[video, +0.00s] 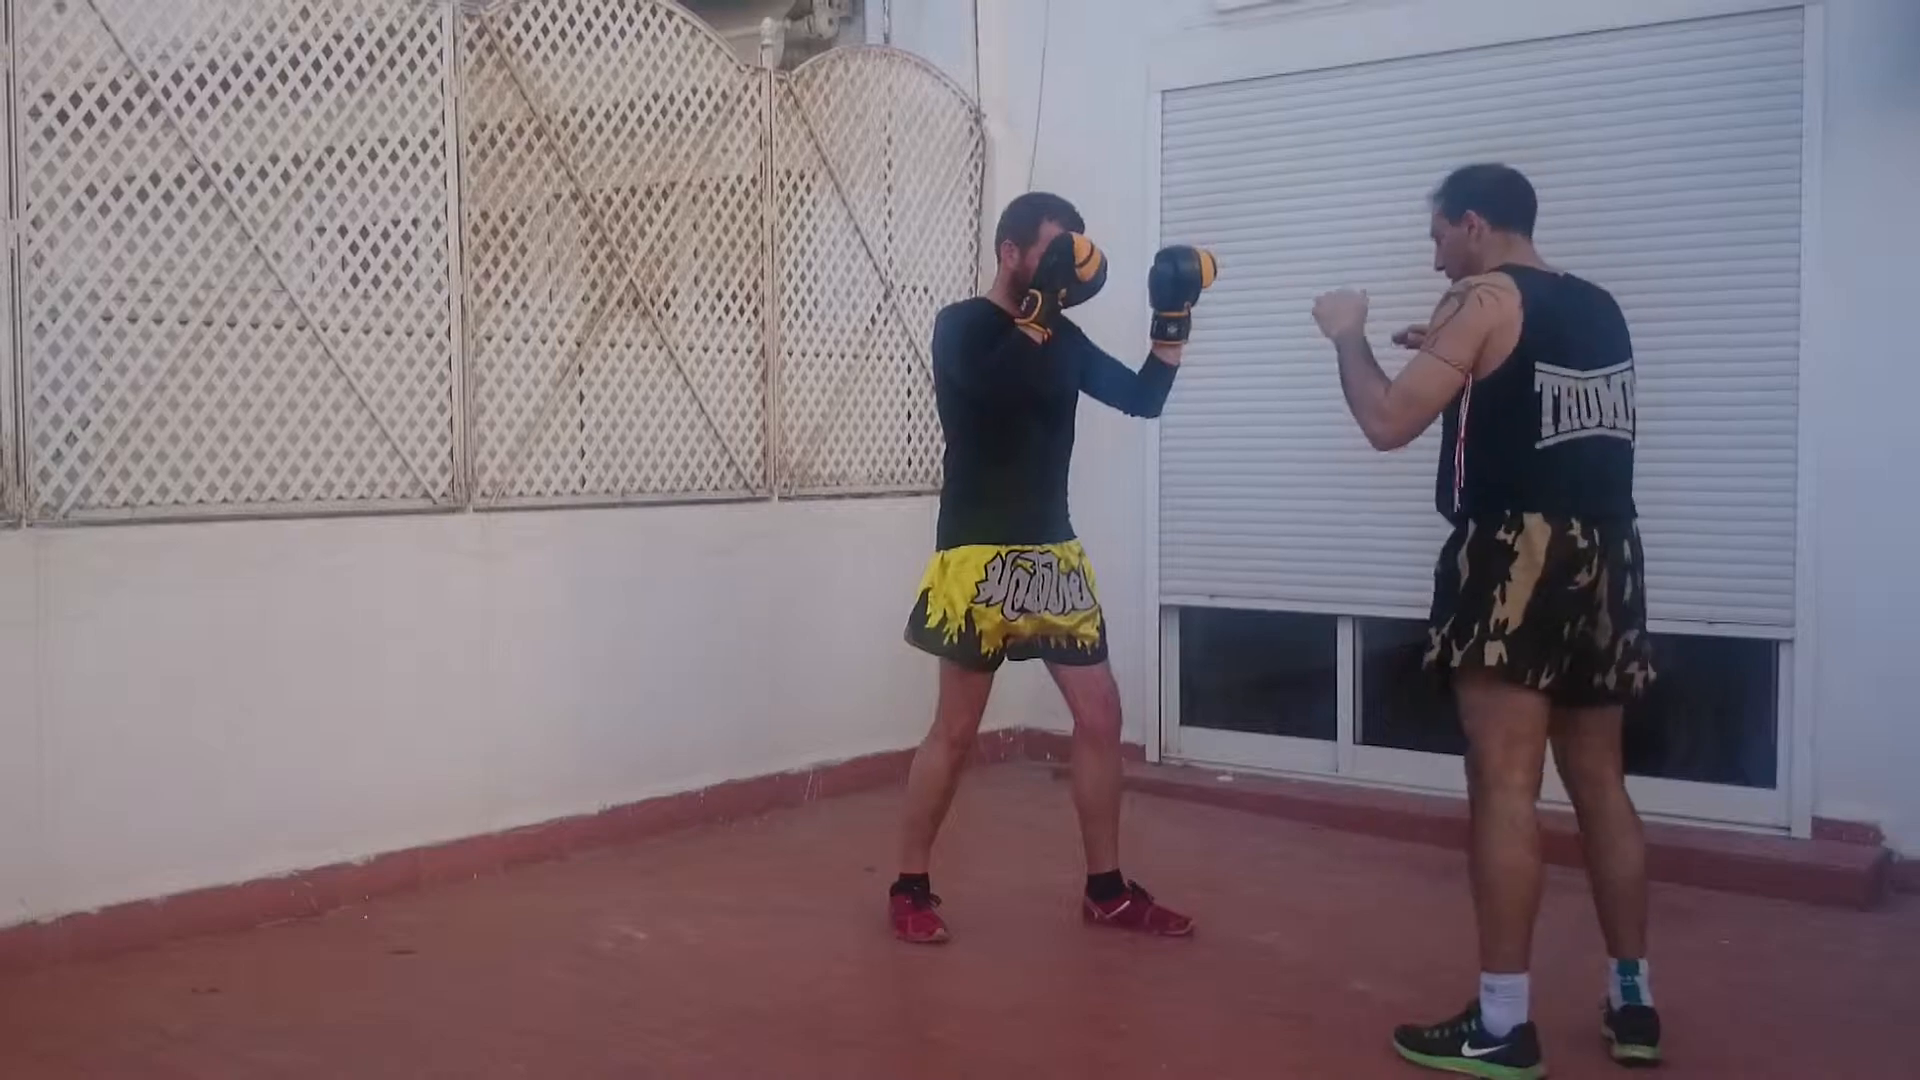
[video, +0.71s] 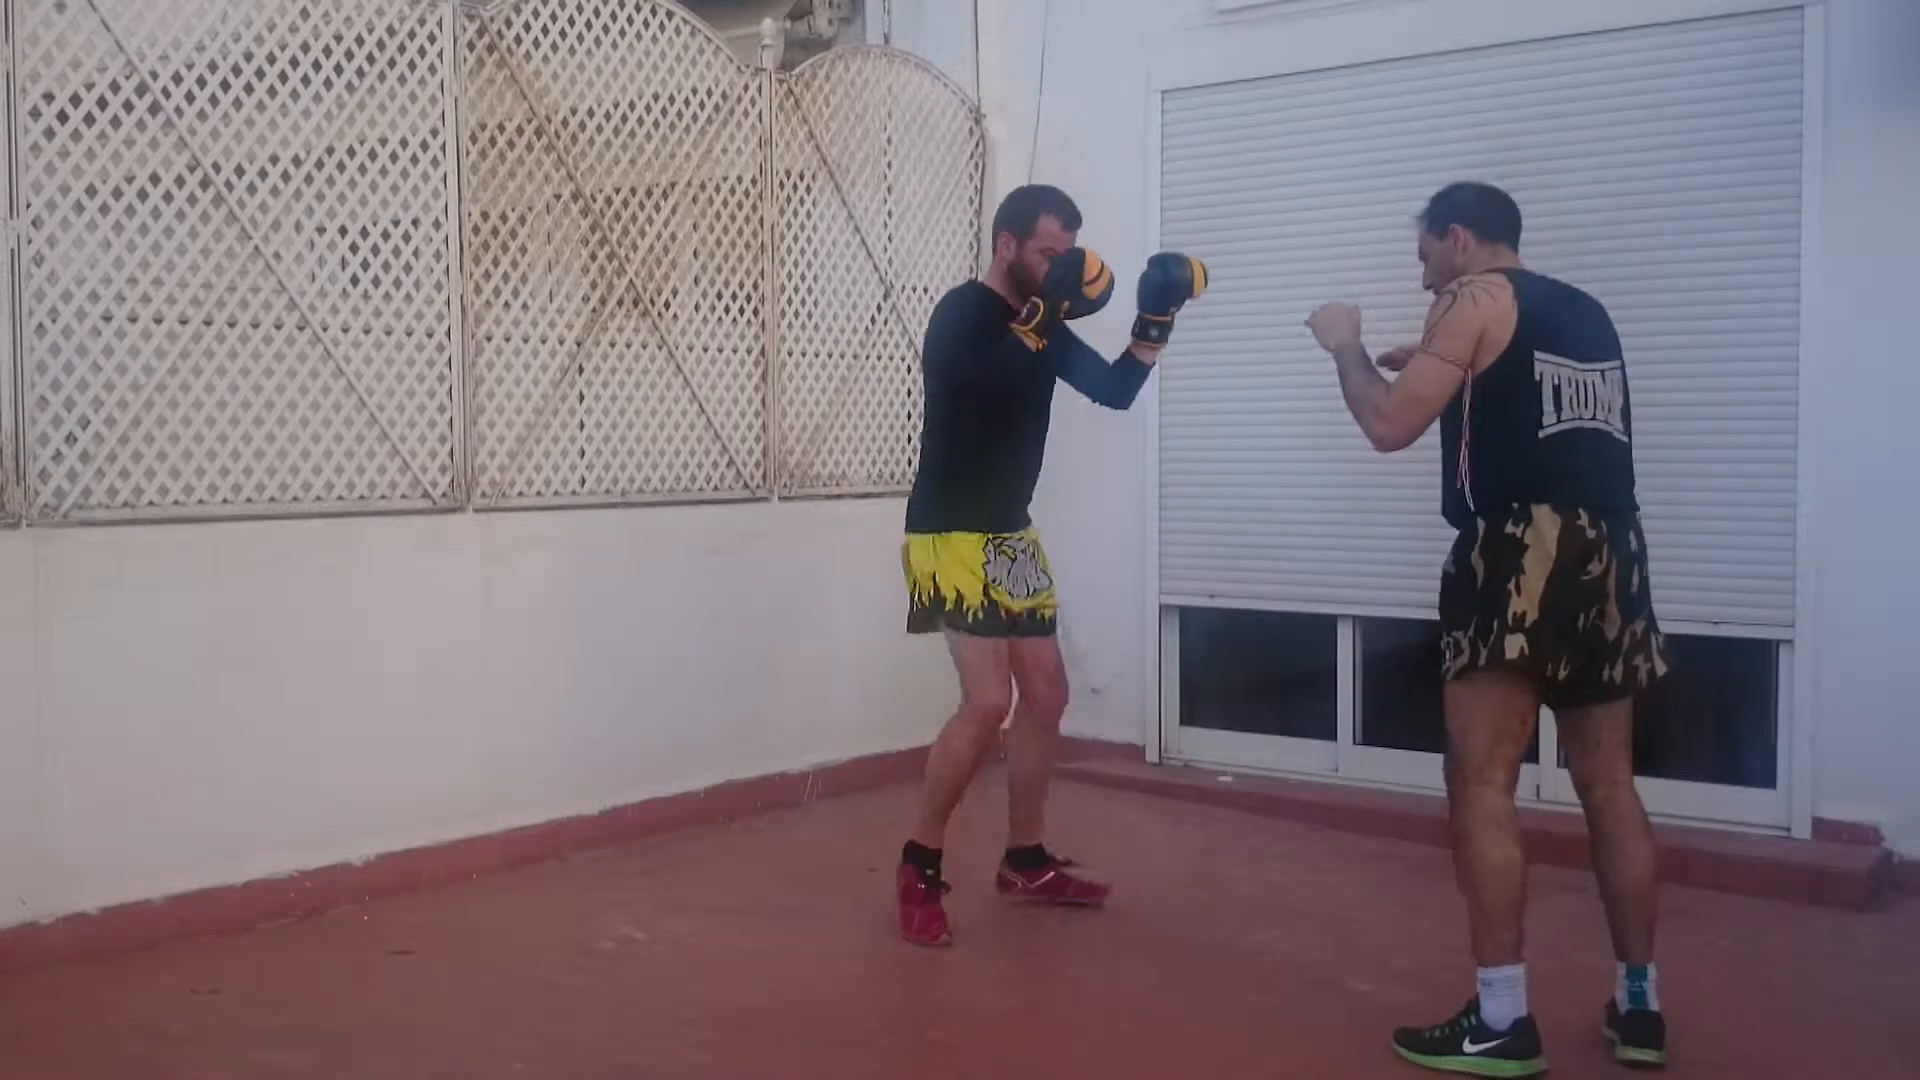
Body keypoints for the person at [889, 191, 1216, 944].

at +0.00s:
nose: (1062, 267)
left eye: (1068, 256)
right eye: (1053, 251)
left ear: (1060, 265)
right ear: (1008, 251)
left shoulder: (1063, 336)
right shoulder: (960, 323)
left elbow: (1144, 397)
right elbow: (986, 388)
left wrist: (1172, 326)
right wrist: (1045, 310)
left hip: (1055, 547)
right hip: (977, 549)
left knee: (1099, 717)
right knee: (954, 732)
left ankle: (1106, 888)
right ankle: (910, 886)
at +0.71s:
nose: (1059, 267)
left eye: (1066, 256)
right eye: (1050, 253)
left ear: (1064, 257)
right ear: (1005, 244)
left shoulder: (1039, 324)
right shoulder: (962, 311)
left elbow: (1114, 389)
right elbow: (1000, 381)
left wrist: (1154, 322)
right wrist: (1054, 314)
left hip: (1010, 531)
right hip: (950, 532)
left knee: (1045, 696)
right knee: (985, 706)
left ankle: (1026, 861)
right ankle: (920, 863)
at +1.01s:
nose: (1028, 301)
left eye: (1033, 288)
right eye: (1015, 286)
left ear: (1030, 285)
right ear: (971, 279)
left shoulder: (1020, 354)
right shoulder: (929, 362)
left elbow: (1092, 392)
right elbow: (932, 475)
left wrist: (1161, 352)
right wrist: (993, 401)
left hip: (1012, 563)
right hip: (951, 570)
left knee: (1053, 717)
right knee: (1024, 731)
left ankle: (942, 812)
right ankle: (982, 908)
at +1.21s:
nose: (1014, 281)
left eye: (1020, 268)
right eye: (1003, 266)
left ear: (1016, 267)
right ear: (956, 259)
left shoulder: (1001, 337)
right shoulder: (914, 352)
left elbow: (1048, 397)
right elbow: (941, 453)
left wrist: (1127, 365)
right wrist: (1012, 363)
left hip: (1046, 544)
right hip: (973, 568)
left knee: (1155, 670)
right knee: (1015, 738)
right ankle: (979, 910)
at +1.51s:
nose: (1026, 282)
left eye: (1030, 269)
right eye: (1015, 269)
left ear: (1018, 268)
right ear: (966, 265)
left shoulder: (1014, 338)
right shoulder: (927, 352)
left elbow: (1075, 410)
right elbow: (949, 432)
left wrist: (1146, 347)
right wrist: (1003, 343)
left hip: (1079, 554)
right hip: (1004, 572)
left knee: (1154, 717)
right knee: (1031, 753)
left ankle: (1203, 890)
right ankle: (982, 911)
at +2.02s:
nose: (1053, 285)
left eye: (1057, 272)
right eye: (1039, 270)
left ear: (1045, 271)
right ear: (992, 266)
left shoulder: (1045, 360)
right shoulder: (962, 345)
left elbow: (1121, 446)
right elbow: (1082, 340)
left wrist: (1122, 354)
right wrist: (1086, 262)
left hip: (1102, 560)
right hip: (1030, 573)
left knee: (1201, 709)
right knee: (1057, 759)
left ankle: (1219, 880)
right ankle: (986, 907)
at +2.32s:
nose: (1038, 276)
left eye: (1042, 262)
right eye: (1025, 260)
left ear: (1029, 262)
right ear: (976, 255)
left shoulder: (1019, 343)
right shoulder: (945, 335)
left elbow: (1076, 434)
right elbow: (1026, 359)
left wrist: (1105, 361)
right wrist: (1070, 272)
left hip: (1062, 547)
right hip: (1001, 562)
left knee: (1118, 720)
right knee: (1038, 745)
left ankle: (1161, 881)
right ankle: (984, 908)